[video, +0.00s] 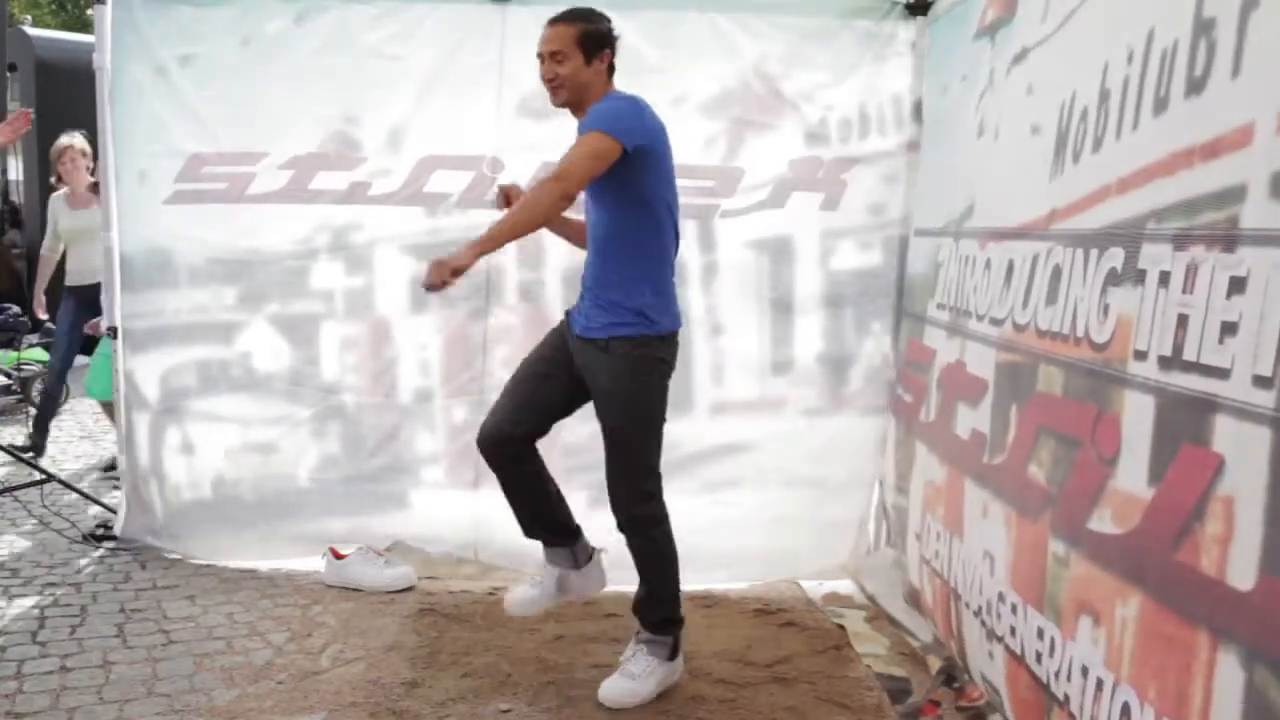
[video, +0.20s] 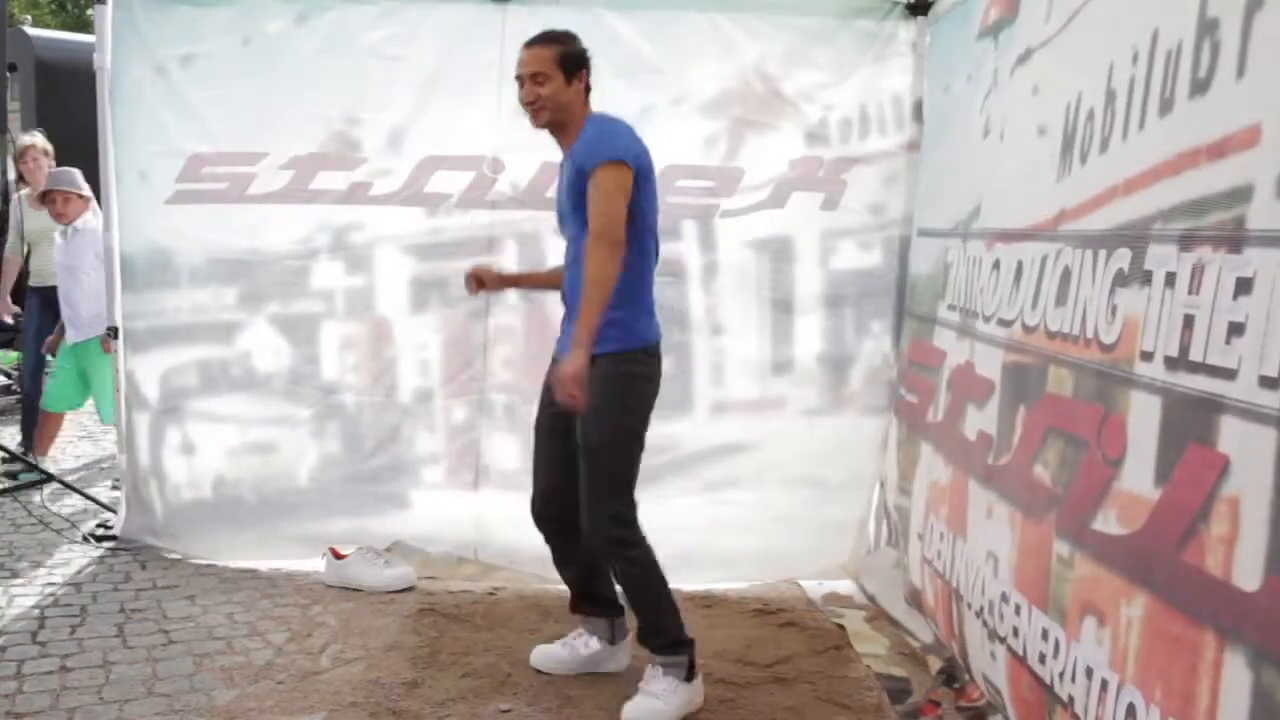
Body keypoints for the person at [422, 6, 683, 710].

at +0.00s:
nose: (547, 75)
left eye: (559, 60)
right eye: (543, 62)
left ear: (603, 61)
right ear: (554, 68)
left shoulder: (623, 113)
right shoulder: (606, 137)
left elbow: (555, 191)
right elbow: (611, 244)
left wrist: (466, 255)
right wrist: (536, 214)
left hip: (633, 339)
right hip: (584, 331)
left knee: (636, 500)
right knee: (502, 438)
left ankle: (660, 646)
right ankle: (572, 560)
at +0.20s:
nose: (527, 95)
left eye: (539, 81)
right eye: (522, 83)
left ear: (579, 82)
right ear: (527, 91)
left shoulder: (608, 141)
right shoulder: (577, 159)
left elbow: (608, 248)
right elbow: (581, 272)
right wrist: (510, 279)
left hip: (621, 358)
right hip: (578, 355)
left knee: (606, 516)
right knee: (556, 507)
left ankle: (676, 668)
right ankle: (601, 635)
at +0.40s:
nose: (527, 106)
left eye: (540, 94)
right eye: (518, 96)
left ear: (571, 94)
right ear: (512, 103)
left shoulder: (619, 152)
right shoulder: (532, 189)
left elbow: (686, 240)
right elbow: (516, 285)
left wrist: (705, 343)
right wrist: (461, 279)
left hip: (621, 344)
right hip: (568, 350)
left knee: (524, 465)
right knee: (544, 480)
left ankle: (604, 608)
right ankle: (596, 624)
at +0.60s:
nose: (559, 73)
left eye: (572, 62)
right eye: (548, 59)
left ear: (588, 67)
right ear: (527, 62)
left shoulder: (628, 120)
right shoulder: (500, 152)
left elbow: (702, 183)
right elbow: (448, 245)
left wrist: (717, 277)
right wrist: (439, 185)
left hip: (631, 308)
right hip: (570, 318)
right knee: (561, 471)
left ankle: (536, 445)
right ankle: (599, 625)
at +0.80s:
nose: (576, 102)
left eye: (588, 91)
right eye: (564, 89)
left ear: (599, 94)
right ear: (536, 89)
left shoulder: (625, 145)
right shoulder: (507, 169)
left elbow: (676, 206)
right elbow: (452, 262)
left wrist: (677, 292)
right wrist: (475, 195)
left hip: (628, 329)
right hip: (565, 337)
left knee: (504, 274)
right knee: (548, 490)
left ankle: (510, 449)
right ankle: (601, 632)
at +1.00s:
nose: (565, 65)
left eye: (578, 54)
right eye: (554, 51)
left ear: (595, 63)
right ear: (533, 57)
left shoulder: (633, 123)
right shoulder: (507, 147)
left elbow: (688, 191)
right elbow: (466, 252)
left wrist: (695, 284)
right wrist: (483, 215)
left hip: (633, 302)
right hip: (570, 311)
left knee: (523, 357)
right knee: (570, 467)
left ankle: (555, 528)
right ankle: (596, 620)